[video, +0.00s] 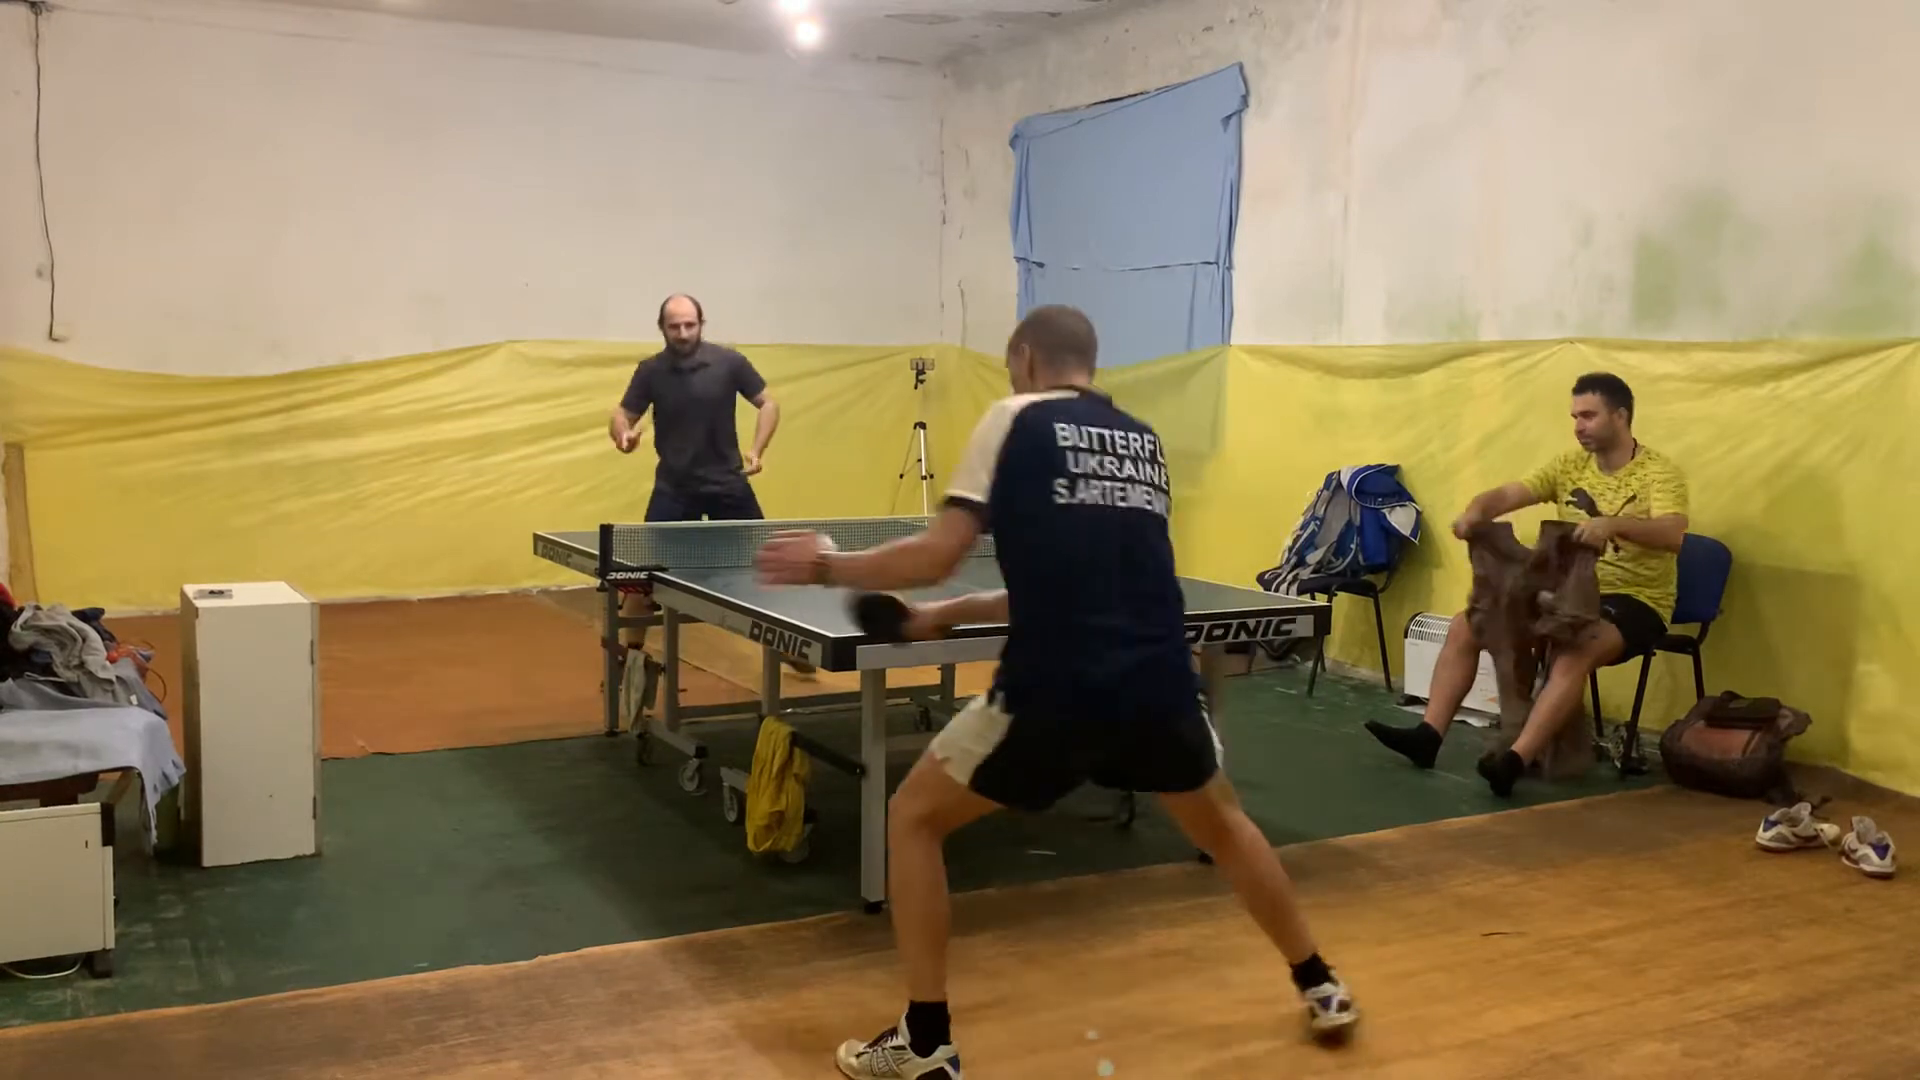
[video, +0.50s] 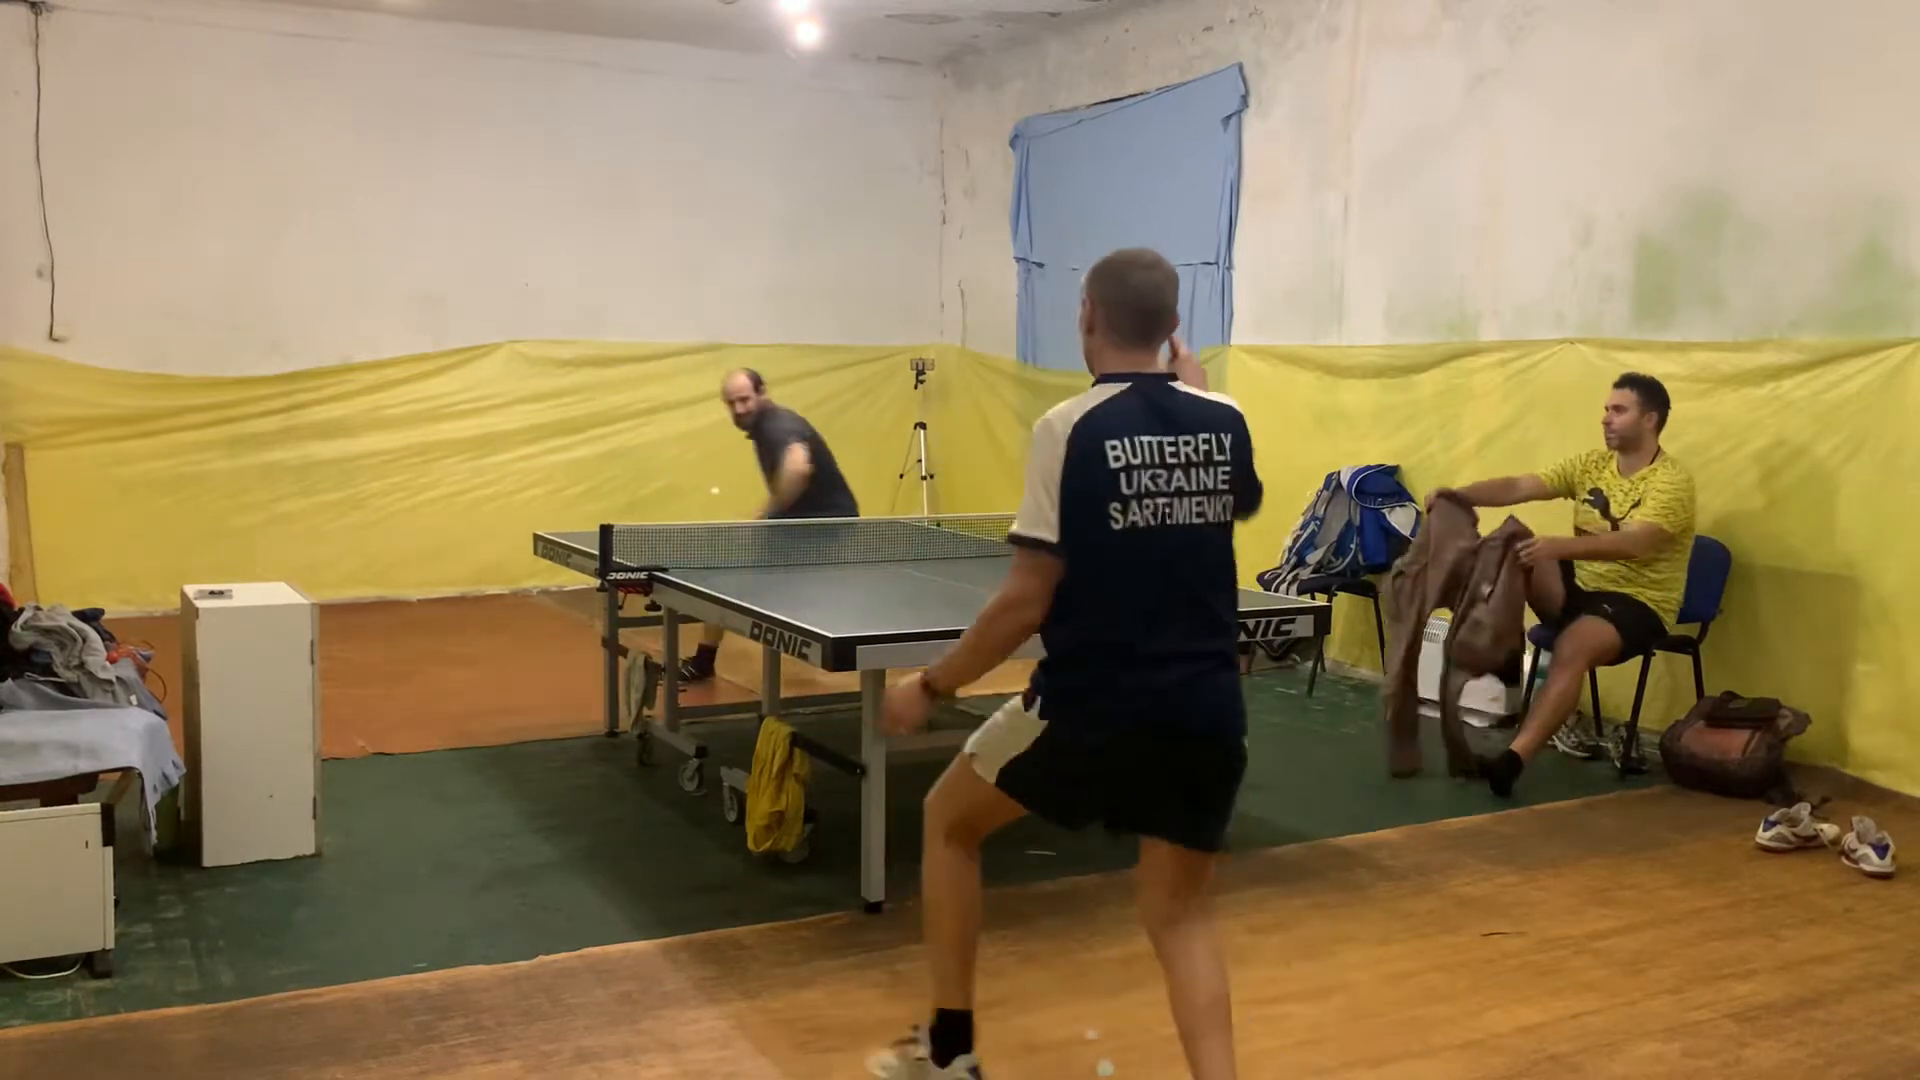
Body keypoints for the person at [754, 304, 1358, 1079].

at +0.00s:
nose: (1008, 377)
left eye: (1008, 367)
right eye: (1011, 369)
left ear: (1023, 362)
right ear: (1091, 367)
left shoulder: (1013, 417)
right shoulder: (1141, 437)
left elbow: (938, 552)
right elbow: (1083, 589)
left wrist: (830, 566)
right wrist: (942, 613)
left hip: (1050, 695)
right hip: (1160, 692)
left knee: (914, 819)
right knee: (1226, 829)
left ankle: (924, 1037)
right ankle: (1320, 983)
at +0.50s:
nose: (1078, 322)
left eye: (1081, 310)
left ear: (1086, 318)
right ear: (1174, 329)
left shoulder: (1066, 428)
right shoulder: (1222, 424)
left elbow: (1029, 597)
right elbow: (1241, 502)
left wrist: (932, 684)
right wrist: (1196, 399)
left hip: (1087, 709)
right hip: (1205, 711)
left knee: (950, 820)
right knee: (1183, 909)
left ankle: (948, 1045)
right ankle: (1218, 1075)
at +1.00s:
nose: (1179, 398)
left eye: (1181, 388)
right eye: (1180, 388)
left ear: (1194, 387)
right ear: (1268, 396)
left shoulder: (1169, 453)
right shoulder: (1326, 472)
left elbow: (1125, 603)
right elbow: (1367, 618)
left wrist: (1042, 689)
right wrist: (1298, 673)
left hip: (1211, 722)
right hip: (1328, 720)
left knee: (1082, 873)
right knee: (1358, 871)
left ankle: (1038, 1071)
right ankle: (1448, 1053)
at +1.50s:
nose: (1078, 340)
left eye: (1082, 328)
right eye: (1084, 329)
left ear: (1095, 335)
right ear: (1152, 353)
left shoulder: (1098, 376)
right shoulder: (1181, 412)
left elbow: (1122, 429)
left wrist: (1087, 482)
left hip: (1164, 643)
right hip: (1252, 633)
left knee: (1093, 855)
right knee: (1237, 800)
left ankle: (1046, 1066)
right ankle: (1371, 961)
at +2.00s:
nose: (1168, 364)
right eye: (1172, 355)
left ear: (1096, 340)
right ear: (1166, 350)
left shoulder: (1036, 407)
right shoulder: (1180, 401)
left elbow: (981, 519)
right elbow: (1211, 529)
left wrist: (954, 642)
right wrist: (1336, 591)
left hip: (1055, 650)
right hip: (1159, 647)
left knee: (994, 805)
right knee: (1191, 785)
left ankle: (951, 995)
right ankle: (1204, 960)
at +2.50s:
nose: (1017, 317)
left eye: (1020, 305)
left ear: (1026, 309)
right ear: (1099, 320)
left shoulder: (981, 383)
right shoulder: (1136, 397)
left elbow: (931, 520)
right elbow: (1153, 545)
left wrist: (942, 615)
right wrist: (1090, 570)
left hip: (1004, 639)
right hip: (1108, 637)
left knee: (951, 818)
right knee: (1150, 789)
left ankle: (925, 1017)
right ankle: (1197, 966)